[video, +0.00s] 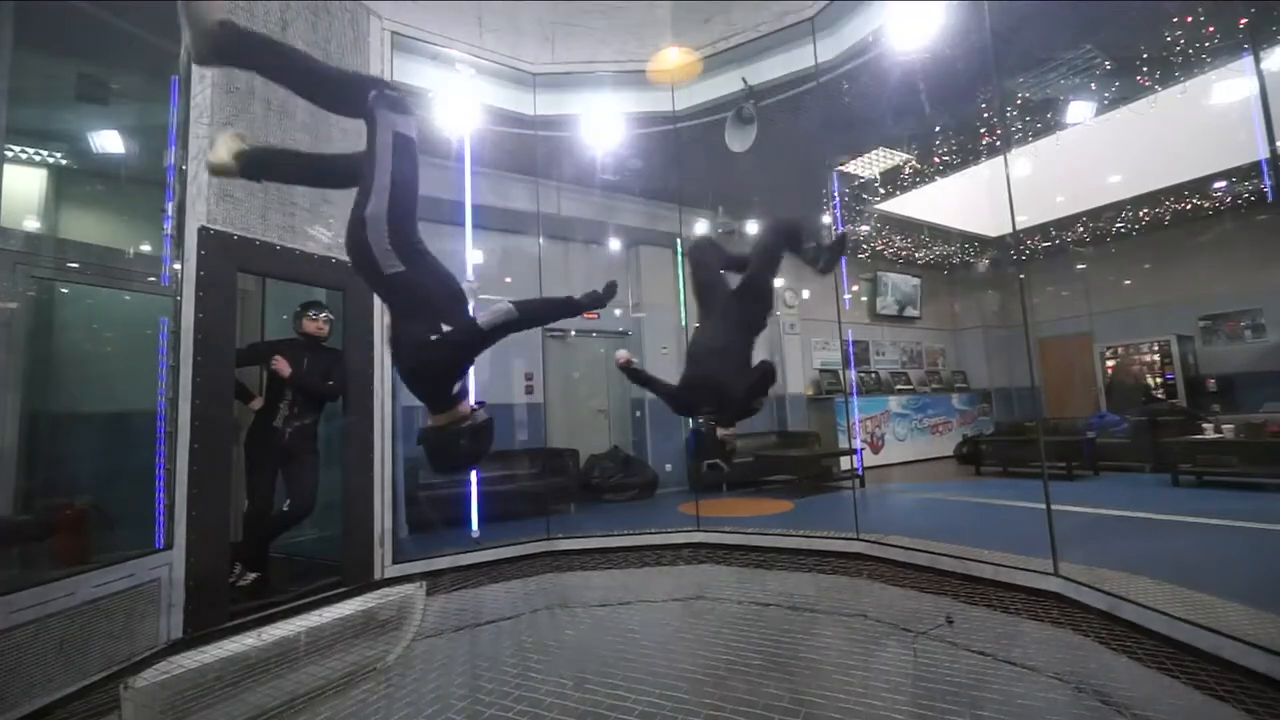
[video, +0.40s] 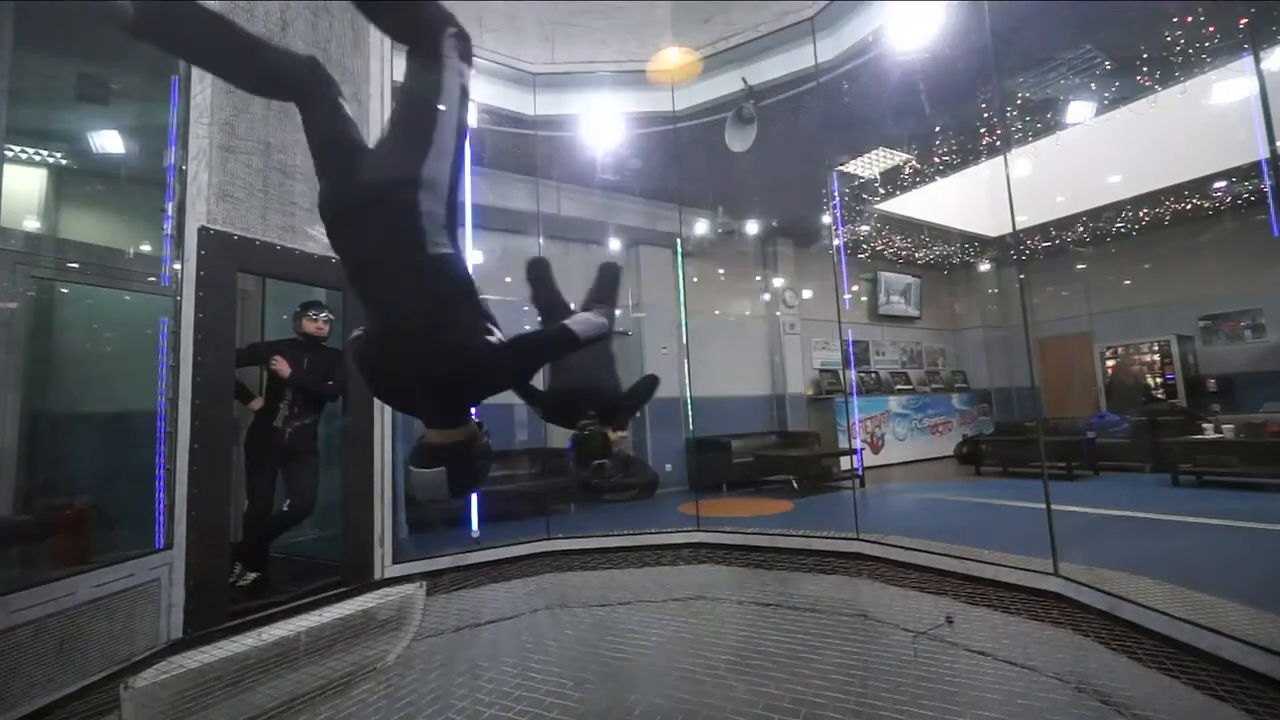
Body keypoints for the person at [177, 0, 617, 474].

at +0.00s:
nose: (435, 429)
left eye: (440, 434)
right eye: (444, 433)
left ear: (454, 423)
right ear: (463, 421)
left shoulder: (450, 367)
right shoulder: (430, 385)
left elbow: (510, 318)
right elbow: (508, 316)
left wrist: (581, 305)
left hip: (381, 239)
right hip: (376, 262)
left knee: (331, 90)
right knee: (357, 169)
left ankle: (219, 39)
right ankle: (240, 159)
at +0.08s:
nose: (430, 435)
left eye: (436, 439)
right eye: (438, 438)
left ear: (462, 417)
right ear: (454, 424)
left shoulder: (444, 368)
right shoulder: (416, 387)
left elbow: (514, 322)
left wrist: (585, 309)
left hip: (373, 233)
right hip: (357, 255)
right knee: (337, 155)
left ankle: (221, 10)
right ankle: (214, 136)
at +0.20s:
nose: (464, 419)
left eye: (460, 428)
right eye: (464, 429)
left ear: (450, 427)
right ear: (452, 431)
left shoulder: (447, 372)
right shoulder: (395, 383)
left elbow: (528, 328)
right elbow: (405, 309)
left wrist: (600, 300)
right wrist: (471, 316)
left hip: (382, 219)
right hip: (346, 233)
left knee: (396, 62)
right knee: (330, 121)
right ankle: (160, 91)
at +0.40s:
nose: (446, 449)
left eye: (450, 453)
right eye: (454, 457)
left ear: (460, 435)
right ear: (452, 446)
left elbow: (546, 344)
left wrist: (600, 323)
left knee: (437, 41)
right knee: (308, 81)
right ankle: (145, 17)